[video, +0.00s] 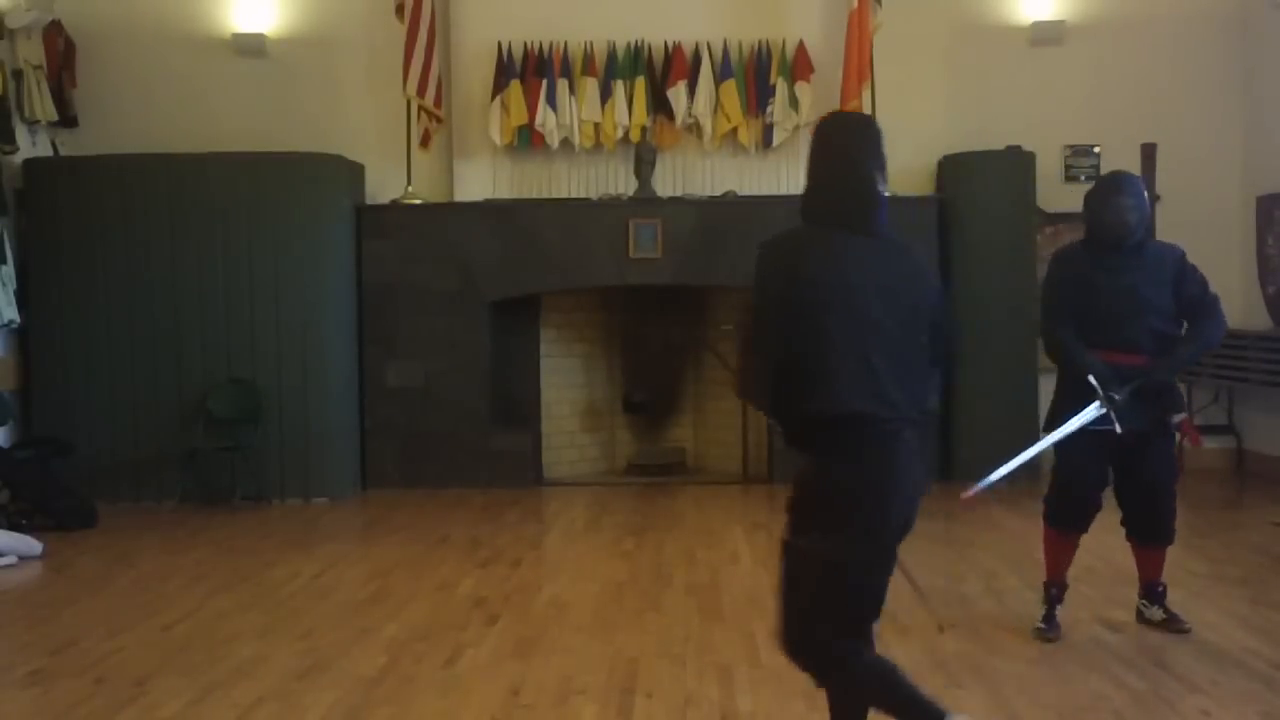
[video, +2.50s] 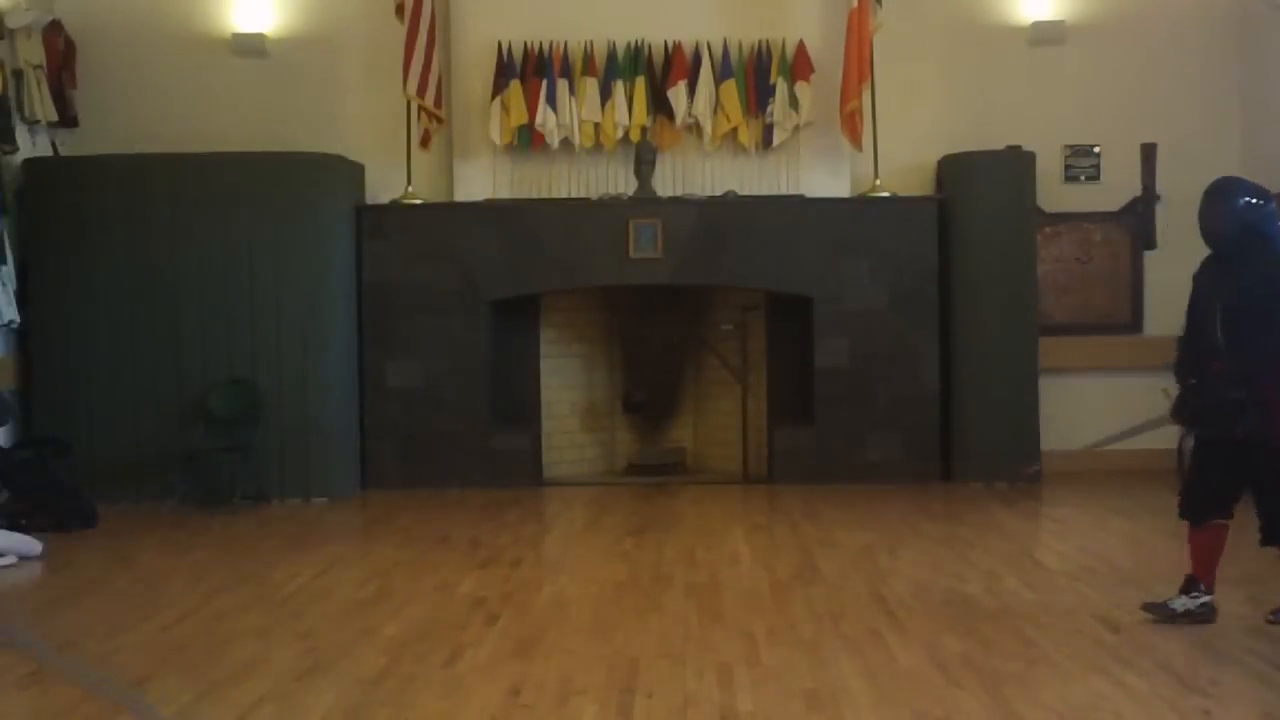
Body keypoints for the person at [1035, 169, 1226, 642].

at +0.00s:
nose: (1120, 227)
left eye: (1129, 217)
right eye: (1110, 218)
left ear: (1145, 215)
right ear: (1091, 216)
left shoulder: (1168, 263)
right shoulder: (1069, 263)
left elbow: (1212, 323)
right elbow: (1056, 334)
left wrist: (1165, 368)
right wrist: (1095, 375)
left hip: (1148, 406)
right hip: (1081, 404)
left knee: (1153, 503)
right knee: (1070, 501)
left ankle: (1152, 600)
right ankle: (1052, 599)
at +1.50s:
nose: (1095, 226)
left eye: (1106, 216)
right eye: (1091, 216)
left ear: (1138, 214)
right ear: (1090, 216)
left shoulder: (1182, 268)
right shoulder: (1088, 266)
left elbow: (1217, 349)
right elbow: (1062, 337)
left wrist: (1151, 401)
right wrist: (1067, 397)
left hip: (1166, 413)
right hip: (1106, 410)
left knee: (1155, 522)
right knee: (1099, 508)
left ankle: (1165, 637)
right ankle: (1118, 589)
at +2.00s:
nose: (1124, 230)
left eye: (1133, 219)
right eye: (1119, 220)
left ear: (1161, 216)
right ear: (1116, 224)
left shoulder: (1205, 267)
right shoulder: (1115, 279)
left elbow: (1223, 345)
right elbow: (1099, 350)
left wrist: (1170, 397)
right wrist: (1097, 402)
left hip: (1195, 415)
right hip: (1134, 415)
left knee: (1198, 512)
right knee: (1125, 512)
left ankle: (1221, 613)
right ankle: (1147, 607)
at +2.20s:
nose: (1145, 230)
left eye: (1152, 219)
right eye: (1144, 221)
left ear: (1180, 217)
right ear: (1153, 224)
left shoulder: (1230, 266)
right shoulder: (1152, 280)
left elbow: (1237, 343)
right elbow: (1137, 346)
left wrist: (1179, 380)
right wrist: (1123, 392)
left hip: (1230, 404)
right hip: (1171, 405)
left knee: (1241, 500)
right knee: (1147, 502)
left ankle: (1279, 577)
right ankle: (1149, 605)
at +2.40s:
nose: (1191, 229)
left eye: (1200, 219)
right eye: (1190, 219)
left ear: (1224, 219)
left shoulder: (1261, 272)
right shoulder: (1198, 276)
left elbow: (1261, 347)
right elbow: (1183, 345)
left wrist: (1206, 396)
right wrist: (1171, 393)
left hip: (1259, 420)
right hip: (1208, 417)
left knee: (1272, 519)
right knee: (1189, 507)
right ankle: (1166, 595)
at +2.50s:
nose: (1208, 225)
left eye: (1215, 215)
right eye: (1206, 215)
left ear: (1239, 214)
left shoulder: (1263, 265)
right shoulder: (1213, 269)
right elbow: (1196, 339)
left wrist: (1195, 398)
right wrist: (1191, 391)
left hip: (1262, 411)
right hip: (1222, 408)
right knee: (1206, 495)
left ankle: (1199, 589)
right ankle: (1198, 590)